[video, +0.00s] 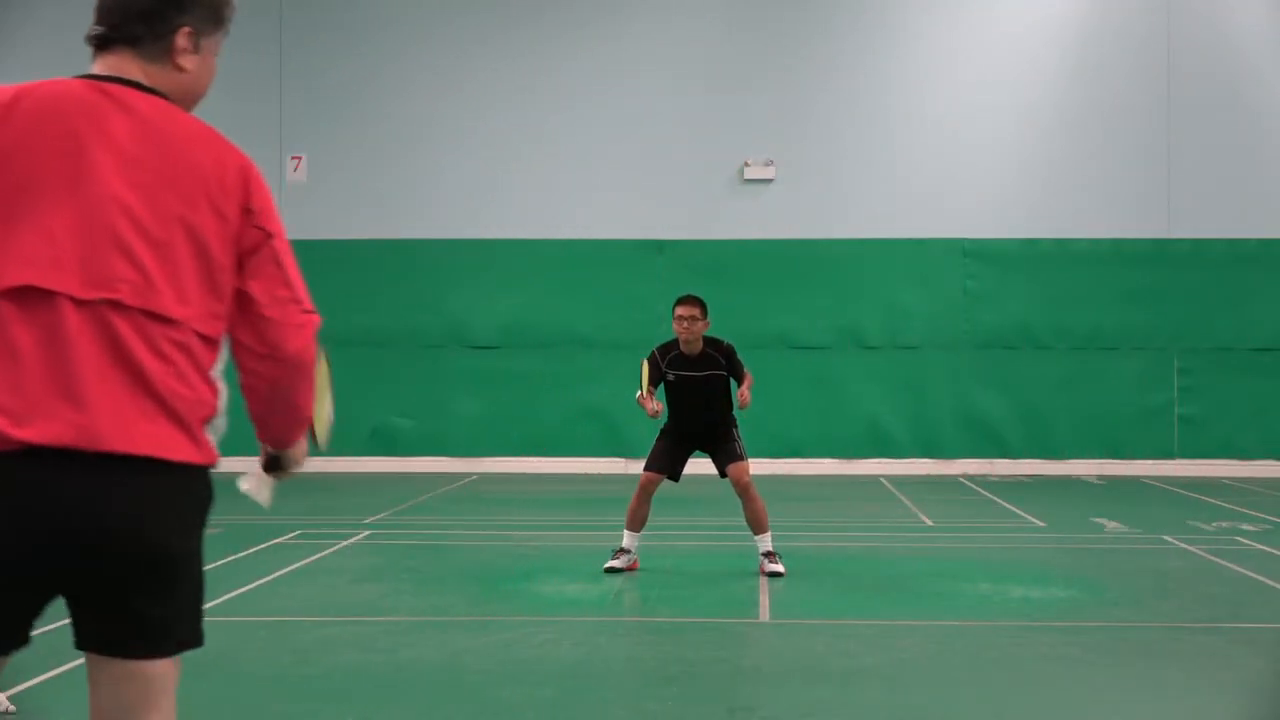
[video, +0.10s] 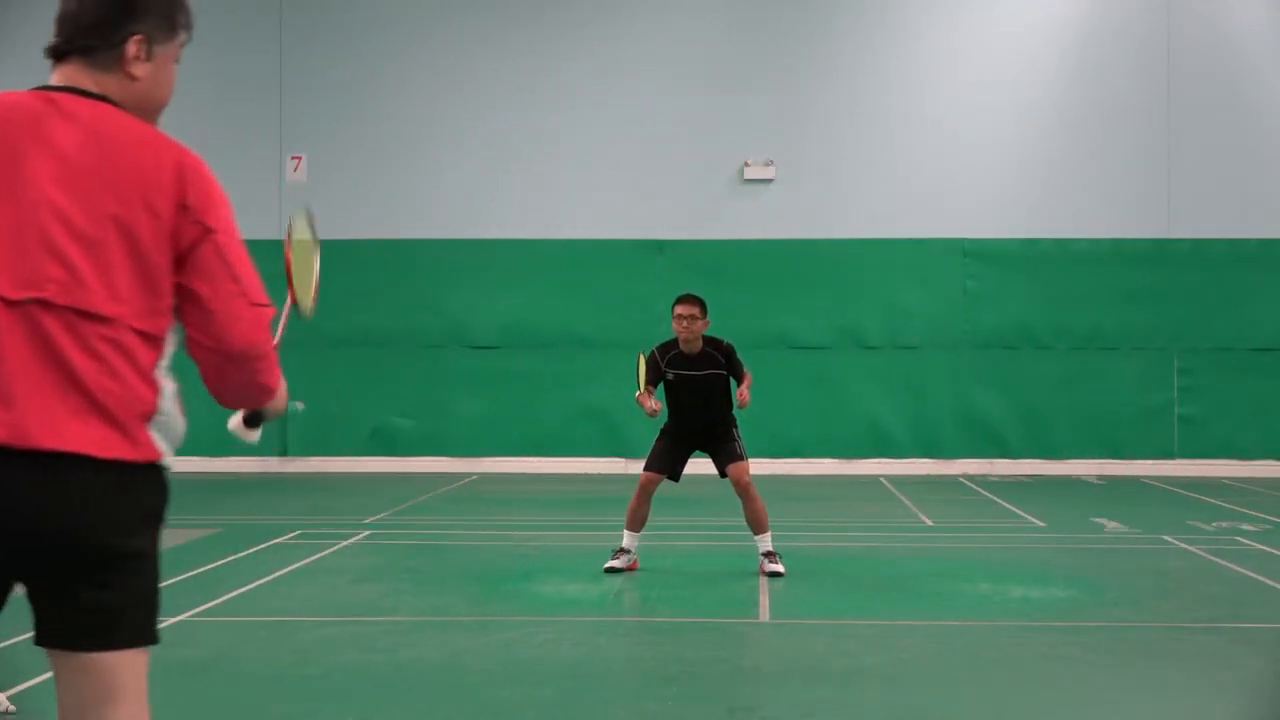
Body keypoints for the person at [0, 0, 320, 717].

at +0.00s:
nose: (214, 73)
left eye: (219, 54)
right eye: (217, 52)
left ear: (105, 33)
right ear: (184, 44)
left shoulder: (10, 111)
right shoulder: (223, 170)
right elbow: (282, 339)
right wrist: (284, 439)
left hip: (12, 469)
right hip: (147, 482)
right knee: (136, 708)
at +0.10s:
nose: (174, 81)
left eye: (178, 62)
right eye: (174, 61)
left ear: (62, 49)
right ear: (135, 55)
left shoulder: (4, 117)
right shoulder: (171, 170)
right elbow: (233, 336)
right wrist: (264, 397)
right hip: (94, 470)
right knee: (105, 704)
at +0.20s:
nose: (129, 106)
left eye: (133, 85)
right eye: (131, 82)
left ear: (24, 65)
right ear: (97, 74)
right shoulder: (101, 180)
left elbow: (181, 334)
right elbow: (183, 339)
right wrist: (260, 364)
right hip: (38, 474)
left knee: (71, 703)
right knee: (75, 705)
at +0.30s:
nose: (91, 112)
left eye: (95, 92)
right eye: (93, 91)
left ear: (7, 81)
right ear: (67, 91)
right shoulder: (49, 180)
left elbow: (117, 332)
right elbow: (119, 328)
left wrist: (226, 365)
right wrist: (239, 364)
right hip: (15, 480)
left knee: (67, 697)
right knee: (72, 699)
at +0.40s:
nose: (73, 106)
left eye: (75, 86)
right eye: (74, 86)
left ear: (16, 84)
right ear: (50, 88)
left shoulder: (27, 174)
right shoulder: (31, 172)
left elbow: (64, 314)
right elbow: (70, 316)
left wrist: (186, 370)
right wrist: (189, 369)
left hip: (14, 467)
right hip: (5, 468)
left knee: (31, 678)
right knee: (38, 681)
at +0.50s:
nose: (69, 108)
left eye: (69, 89)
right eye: (70, 88)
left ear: (19, 86)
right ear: (44, 86)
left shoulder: (22, 175)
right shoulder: (27, 173)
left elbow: (39, 313)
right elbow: (49, 316)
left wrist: (142, 375)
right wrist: (152, 378)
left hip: (8, 457)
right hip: (1, 456)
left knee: (13, 684)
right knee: (8, 689)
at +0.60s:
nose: (74, 121)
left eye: (76, 102)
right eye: (74, 100)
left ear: (24, 93)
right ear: (39, 94)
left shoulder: (24, 190)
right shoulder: (30, 192)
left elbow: (59, 338)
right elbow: (66, 343)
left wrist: (125, 393)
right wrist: (142, 397)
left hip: (1, 483)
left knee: (10, 682)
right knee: (4, 688)